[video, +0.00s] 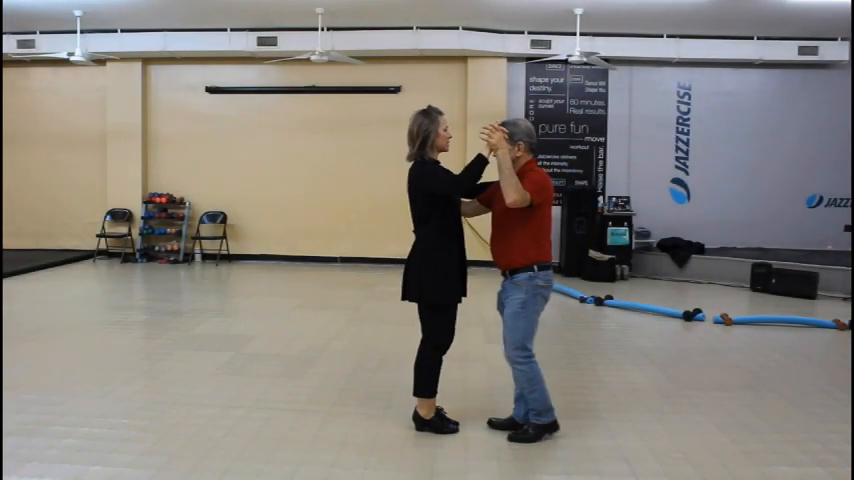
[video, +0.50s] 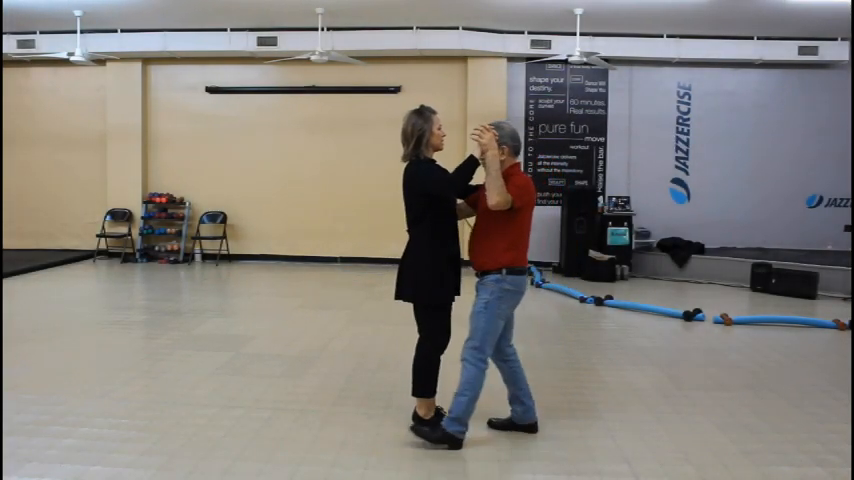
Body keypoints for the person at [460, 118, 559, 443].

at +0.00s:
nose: (496, 150)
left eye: (502, 145)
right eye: (496, 144)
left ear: (520, 148)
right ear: (515, 148)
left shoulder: (537, 178)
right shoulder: (504, 184)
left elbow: (514, 198)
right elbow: (468, 207)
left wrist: (502, 154)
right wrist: (435, 196)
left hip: (532, 278)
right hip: (513, 277)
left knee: (518, 350)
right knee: (515, 351)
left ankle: (544, 419)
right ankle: (523, 416)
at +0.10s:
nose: (495, 151)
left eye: (500, 145)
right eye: (495, 145)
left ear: (518, 148)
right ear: (514, 149)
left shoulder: (536, 178)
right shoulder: (502, 185)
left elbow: (512, 197)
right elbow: (467, 208)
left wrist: (500, 155)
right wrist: (434, 196)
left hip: (528, 276)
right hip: (510, 276)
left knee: (506, 348)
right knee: (512, 346)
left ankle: (536, 414)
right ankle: (522, 414)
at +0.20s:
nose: (492, 151)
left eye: (497, 145)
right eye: (491, 145)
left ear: (516, 148)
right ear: (512, 148)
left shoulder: (533, 178)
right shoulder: (501, 183)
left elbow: (509, 197)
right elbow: (466, 209)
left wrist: (499, 156)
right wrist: (433, 199)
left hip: (523, 276)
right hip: (507, 276)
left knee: (496, 347)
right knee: (514, 347)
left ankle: (518, 418)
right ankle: (525, 416)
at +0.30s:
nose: (491, 152)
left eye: (495, 146)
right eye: (489, 146)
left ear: (513, 148)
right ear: (509, 149)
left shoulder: (530, 179)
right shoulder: (499, 184)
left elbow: (506, 198)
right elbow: (463, 208)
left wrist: (497, 156)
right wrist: (432, 195)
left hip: (518, 277)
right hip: (504, 276)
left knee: (489, 349)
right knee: (512, 348)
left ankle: (489, 426)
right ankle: (525, 417)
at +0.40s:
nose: (485, 151)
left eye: (491, 145)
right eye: (485, 145)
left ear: (510, 148)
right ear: (506, 150)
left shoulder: (526, 179)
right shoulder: (494, 183)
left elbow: (503, 200)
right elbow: (459, 210)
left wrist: (494, 157)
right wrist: (428, 202)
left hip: (509, 278)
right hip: (501, 277)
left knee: (484, 352)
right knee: (508, 349)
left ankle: (464, 427)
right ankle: (525, 418)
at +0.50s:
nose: (481, 152)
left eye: (488, 145)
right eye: (482, 146)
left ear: (505, 150)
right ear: (501, 152)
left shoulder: (521, 182)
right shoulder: (489, 185)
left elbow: (498, 201)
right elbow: (456, 211)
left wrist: (490, 158)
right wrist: (424, 210)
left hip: (502, 280)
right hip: (495, 278)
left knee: (475, 353)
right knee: (502, 350)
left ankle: (453, 428)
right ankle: (525, 417)